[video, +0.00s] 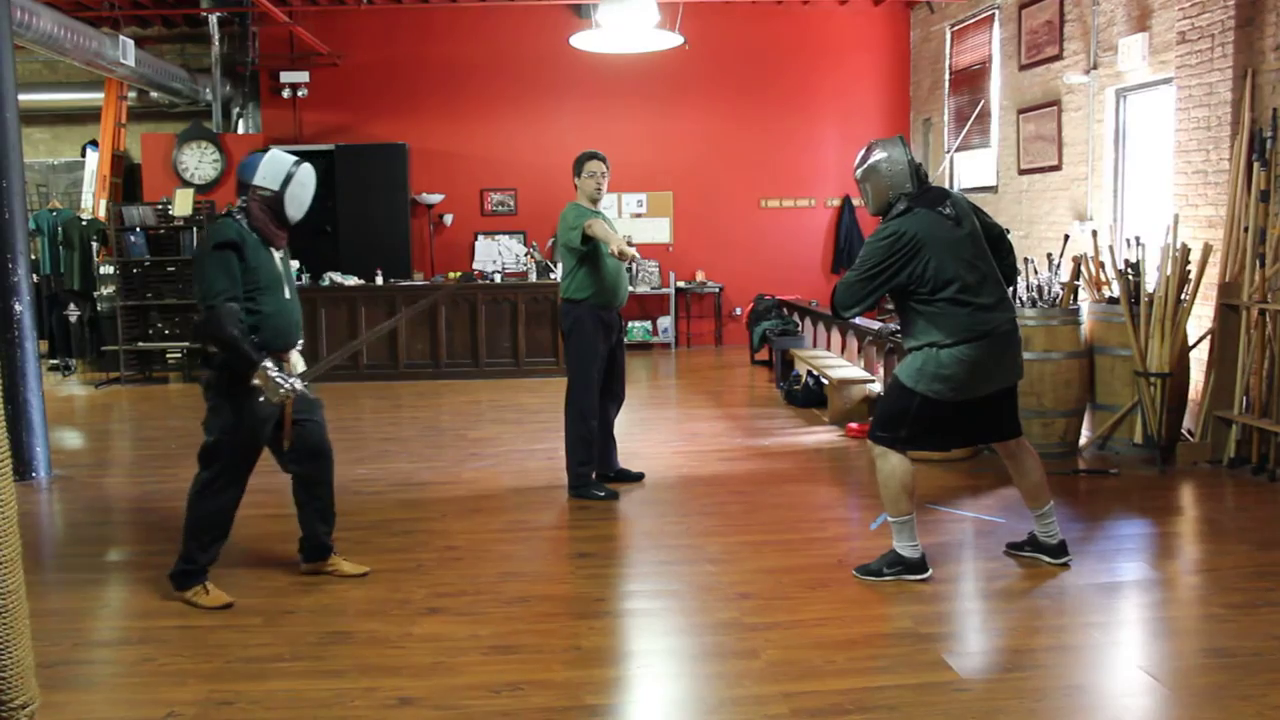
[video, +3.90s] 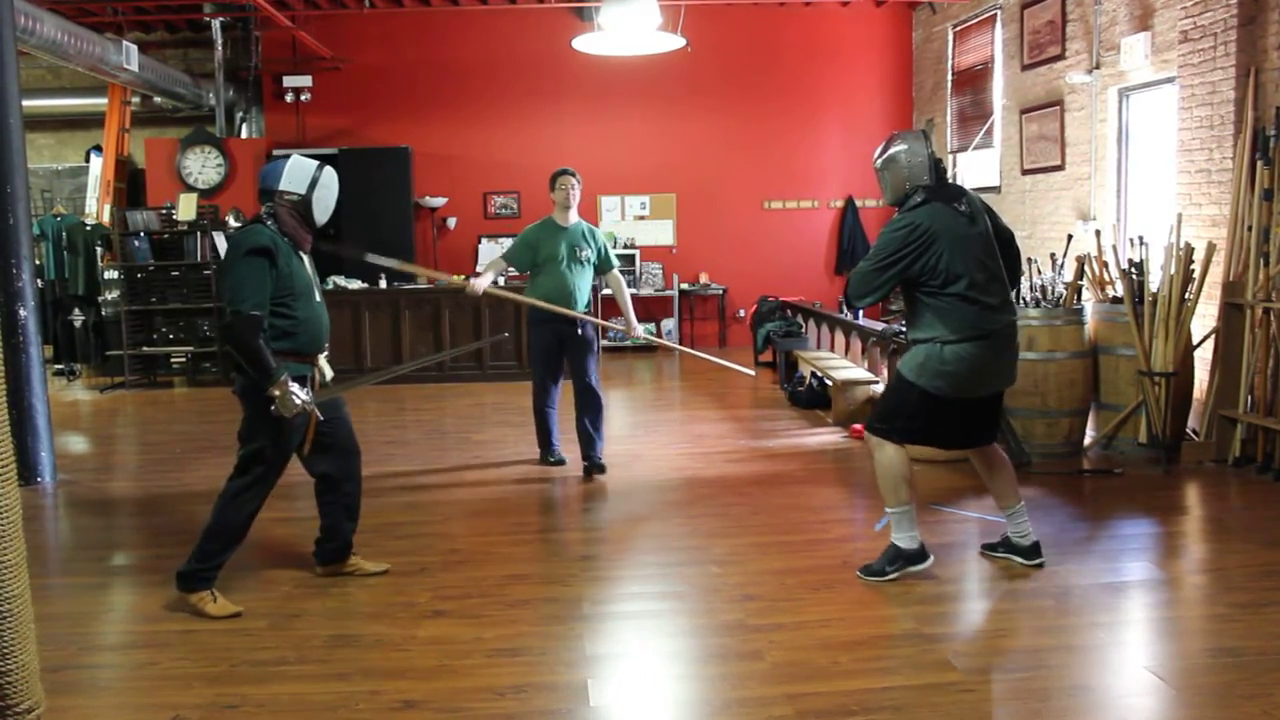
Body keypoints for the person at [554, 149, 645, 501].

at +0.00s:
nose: (599, 180)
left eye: (603, 175)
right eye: (591, 175)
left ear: (608, 181)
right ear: (577, 180)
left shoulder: (603, 218)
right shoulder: (573, 212)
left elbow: (612, 244)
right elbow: (594, 227)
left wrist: (624, 248)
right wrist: (616, 243)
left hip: (608, 315)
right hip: (583, 315)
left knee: (610, 395)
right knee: (584, 396)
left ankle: (606, 467)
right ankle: (580, 480)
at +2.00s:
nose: (596, 186)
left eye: (600, 181)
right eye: (588, 181)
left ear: (605, 186)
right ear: (574, 186)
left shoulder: (603, 226)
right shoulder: (571, 220)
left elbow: (614, 256)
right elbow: (591, 237)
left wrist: (623, 258)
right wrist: (612, 253)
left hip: (610, 319)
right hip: (585, 320)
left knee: (619, 398)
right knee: (594, 399)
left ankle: (610, 469)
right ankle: (585, 482)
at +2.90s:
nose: (596, 181)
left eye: (599, 175)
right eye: (587, 177)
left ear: (606, 182)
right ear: (574, 188)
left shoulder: (609, 224)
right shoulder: (569, 223)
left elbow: (627, 264)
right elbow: (578, 218)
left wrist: (654, 293)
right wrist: (593, 204)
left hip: (613, 322)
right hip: (584, 322)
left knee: (620, 403)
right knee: (595, 402)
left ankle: (598, 465)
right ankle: (585, 482)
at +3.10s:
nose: (601, 182)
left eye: (605, 177)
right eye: (593, 177)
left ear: (611, 183)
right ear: (581, 183)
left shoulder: (613, 226)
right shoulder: (575, 216)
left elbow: (632, 267)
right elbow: (556, 203)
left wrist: (654, 296)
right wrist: (556, 173)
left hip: (609, 318)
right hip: (580, 316)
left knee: (611, 396)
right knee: (585, 396)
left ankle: (596, 465)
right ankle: (586, 479)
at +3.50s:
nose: (596, 184)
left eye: (600, 180)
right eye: (589, 179)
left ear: (604, 188)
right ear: (575, 186)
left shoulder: (611, 230)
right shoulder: (556, 218)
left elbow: (634, 271)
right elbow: (517, 213)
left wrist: (658, 307)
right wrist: (512, 182)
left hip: (602, 316)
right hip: (567, 314)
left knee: (605, 390)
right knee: (560, 387)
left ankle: (597, 462)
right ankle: (548, 448)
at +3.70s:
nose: (584, 188)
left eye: (588, 184)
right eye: (577, 184)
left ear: (594, 192)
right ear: (564, 190)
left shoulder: (603, 234)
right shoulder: (546, 224)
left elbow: (624, 276)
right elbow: (507, 244)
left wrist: (642, 312)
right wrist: (495, 230)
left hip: (592, 319)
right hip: (556, 316)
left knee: (598, 389)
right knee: (551, 385)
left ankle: (597, 462)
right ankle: (546, 442)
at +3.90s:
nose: (570, 191)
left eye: (574, 187)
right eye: (563, 187)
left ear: (581, 194)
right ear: (552, 195)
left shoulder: (594, 236)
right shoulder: (536, 233)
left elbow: (614, 278)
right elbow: (502, 262)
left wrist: (631, 319)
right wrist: (484, 277)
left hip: (580, 321)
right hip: (543, 320)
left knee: (588, 385)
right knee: (546, 387)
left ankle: (592, 456)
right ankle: (549, 448)